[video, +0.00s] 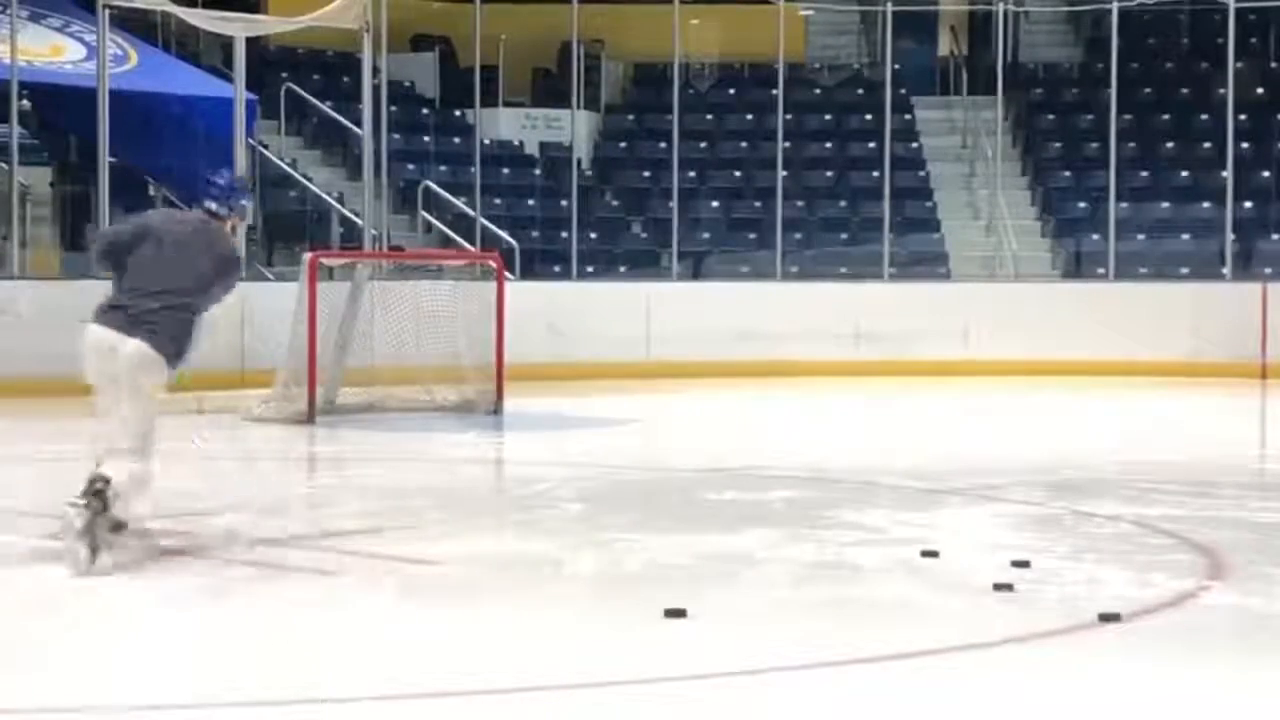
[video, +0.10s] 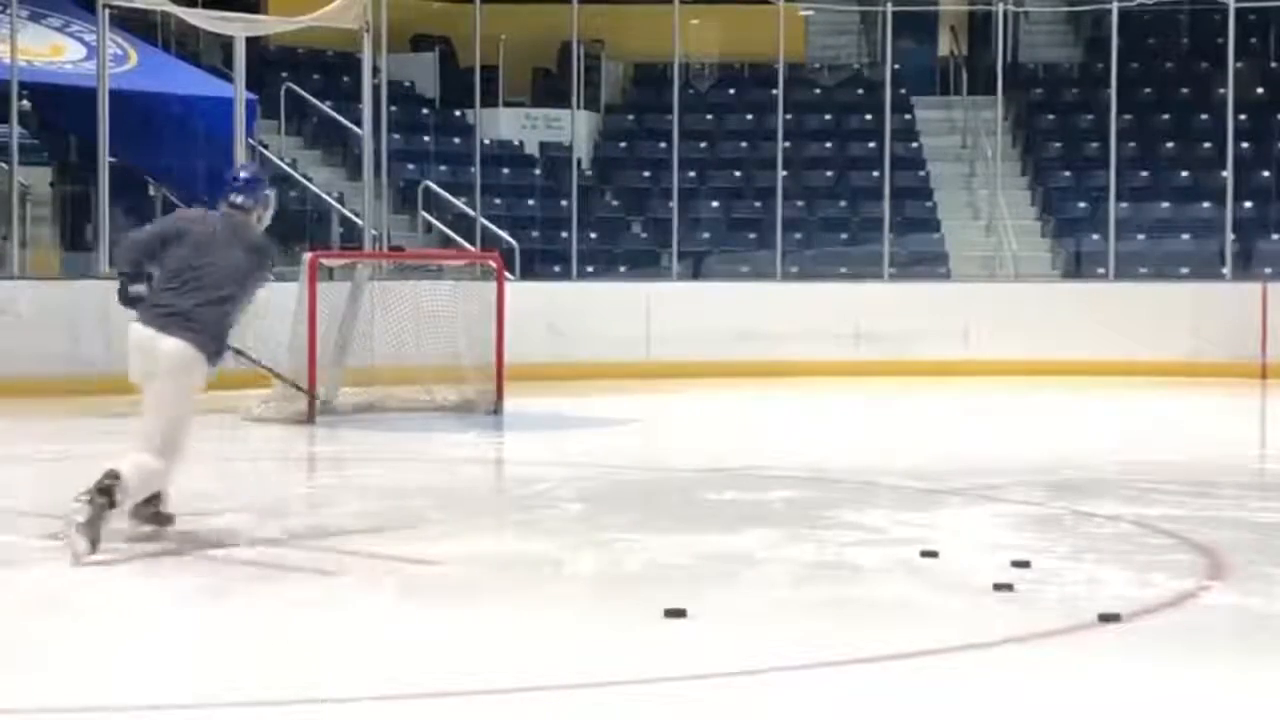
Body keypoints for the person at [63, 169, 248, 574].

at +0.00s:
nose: (239, 228)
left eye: (240, 220)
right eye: (239, 220)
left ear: (203, 203)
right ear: (231, 217)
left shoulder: (162, 219)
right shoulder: (227, 255)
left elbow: (102, 241)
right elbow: (204, 299)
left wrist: (125, 280)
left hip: (103, 329)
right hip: (147, 348)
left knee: (108, 421)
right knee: (138, 449)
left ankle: (97, 483)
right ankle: (106, 508)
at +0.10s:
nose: (268, 217)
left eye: (267, 209)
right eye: (268, 210)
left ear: (227, 199)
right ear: (261, 210)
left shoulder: (187, 220)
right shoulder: (259, 249)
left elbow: (129, 249)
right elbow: (230, 295)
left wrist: (133, 283)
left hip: (142, 334)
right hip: (185, 348)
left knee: (157, 424)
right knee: (160, 453)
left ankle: (148, 501)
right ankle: (107, 494)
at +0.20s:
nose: (293, 200)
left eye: (292, 192)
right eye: (293, 193)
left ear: (255, 183)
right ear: (287, 193)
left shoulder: (212, 214)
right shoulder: (290, 233)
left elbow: (162, 255)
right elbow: (277, 302)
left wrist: (172, 296)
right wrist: (274, 357)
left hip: (188, 329)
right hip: (230, 342)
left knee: (213, 421)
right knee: (205, 436)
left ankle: (193, 492)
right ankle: (150, 484)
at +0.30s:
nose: (306, 175)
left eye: (304, 168)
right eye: (312, 169)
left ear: (286, 166)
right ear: (323, 171)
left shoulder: (251, 209)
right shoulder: (330, 224)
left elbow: (226, 267)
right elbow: (331, 296)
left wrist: (240, 301)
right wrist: (344, 352)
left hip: (236, 320)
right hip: (278, 332)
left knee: (257, 416)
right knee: (267, 428)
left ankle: (234, 489)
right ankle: (206, 474)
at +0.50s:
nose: (422, 178)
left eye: (421, 171)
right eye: (421, 171)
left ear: (386, 167)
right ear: (415, 171)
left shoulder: (365, 205)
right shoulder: (403, 211)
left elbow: (350, 257)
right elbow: (413, 268)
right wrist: (456, 295)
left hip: (340, 320)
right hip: (377, 326)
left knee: (345, 401)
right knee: (393, 403)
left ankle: (319, 473)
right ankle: (348, 471)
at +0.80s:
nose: (608, 190)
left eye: (608, 180)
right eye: (602, 180)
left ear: (576, 181)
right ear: (577, 180)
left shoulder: (553, 216)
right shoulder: (555, 224)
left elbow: (569, 272)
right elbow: (521, 281)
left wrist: (597, 288)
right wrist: (552, 296)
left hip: (517, 327)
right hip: (539, 331)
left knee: (524, 408)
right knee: (584, 397)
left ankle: (490, 472)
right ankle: (568, 477)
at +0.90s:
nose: (660, 197)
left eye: (662, 188)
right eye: (653, 187)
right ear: (628, 187)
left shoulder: (634, 229)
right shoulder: (609, 230)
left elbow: (631, 281)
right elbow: (583, 286)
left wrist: (649, 304)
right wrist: (588, 321)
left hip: (609, 332)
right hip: (594, 334)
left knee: (590, 407)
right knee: (649, 396)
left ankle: (559, 473)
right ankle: (631, 477)